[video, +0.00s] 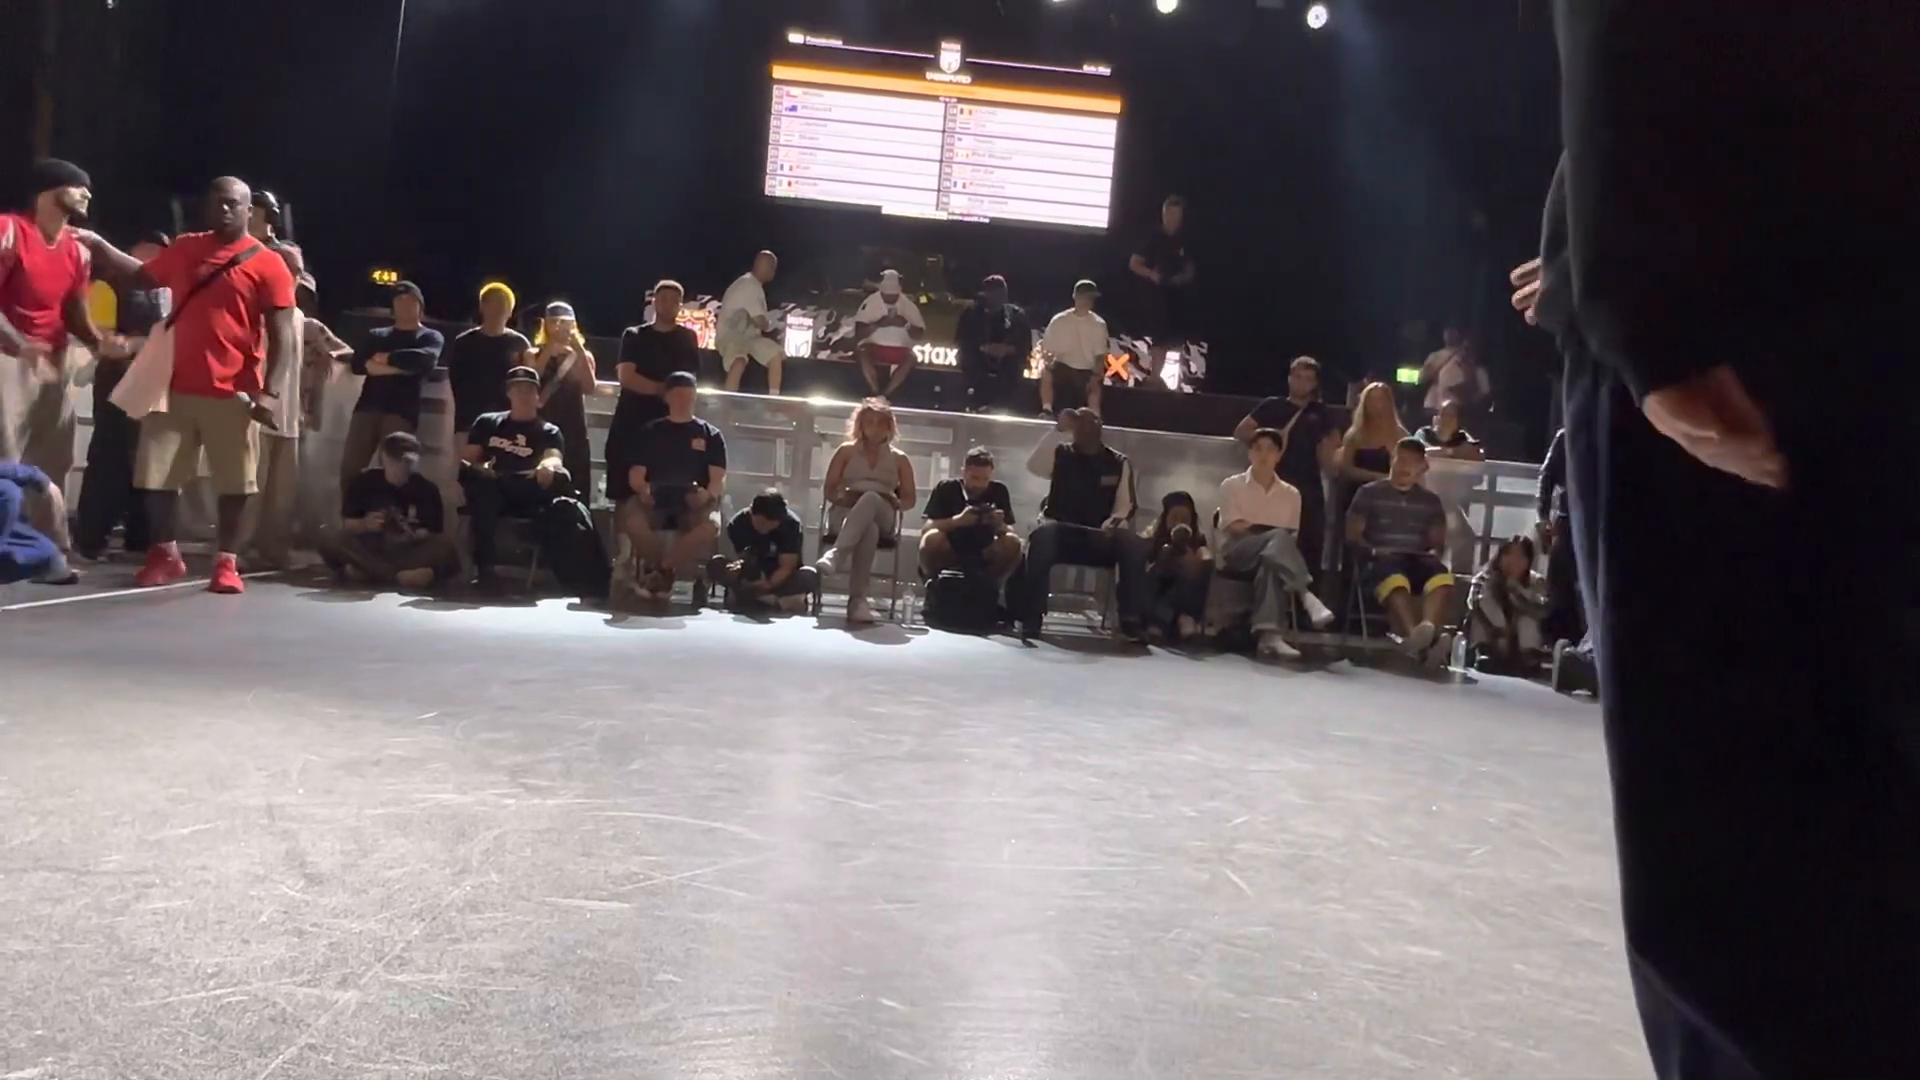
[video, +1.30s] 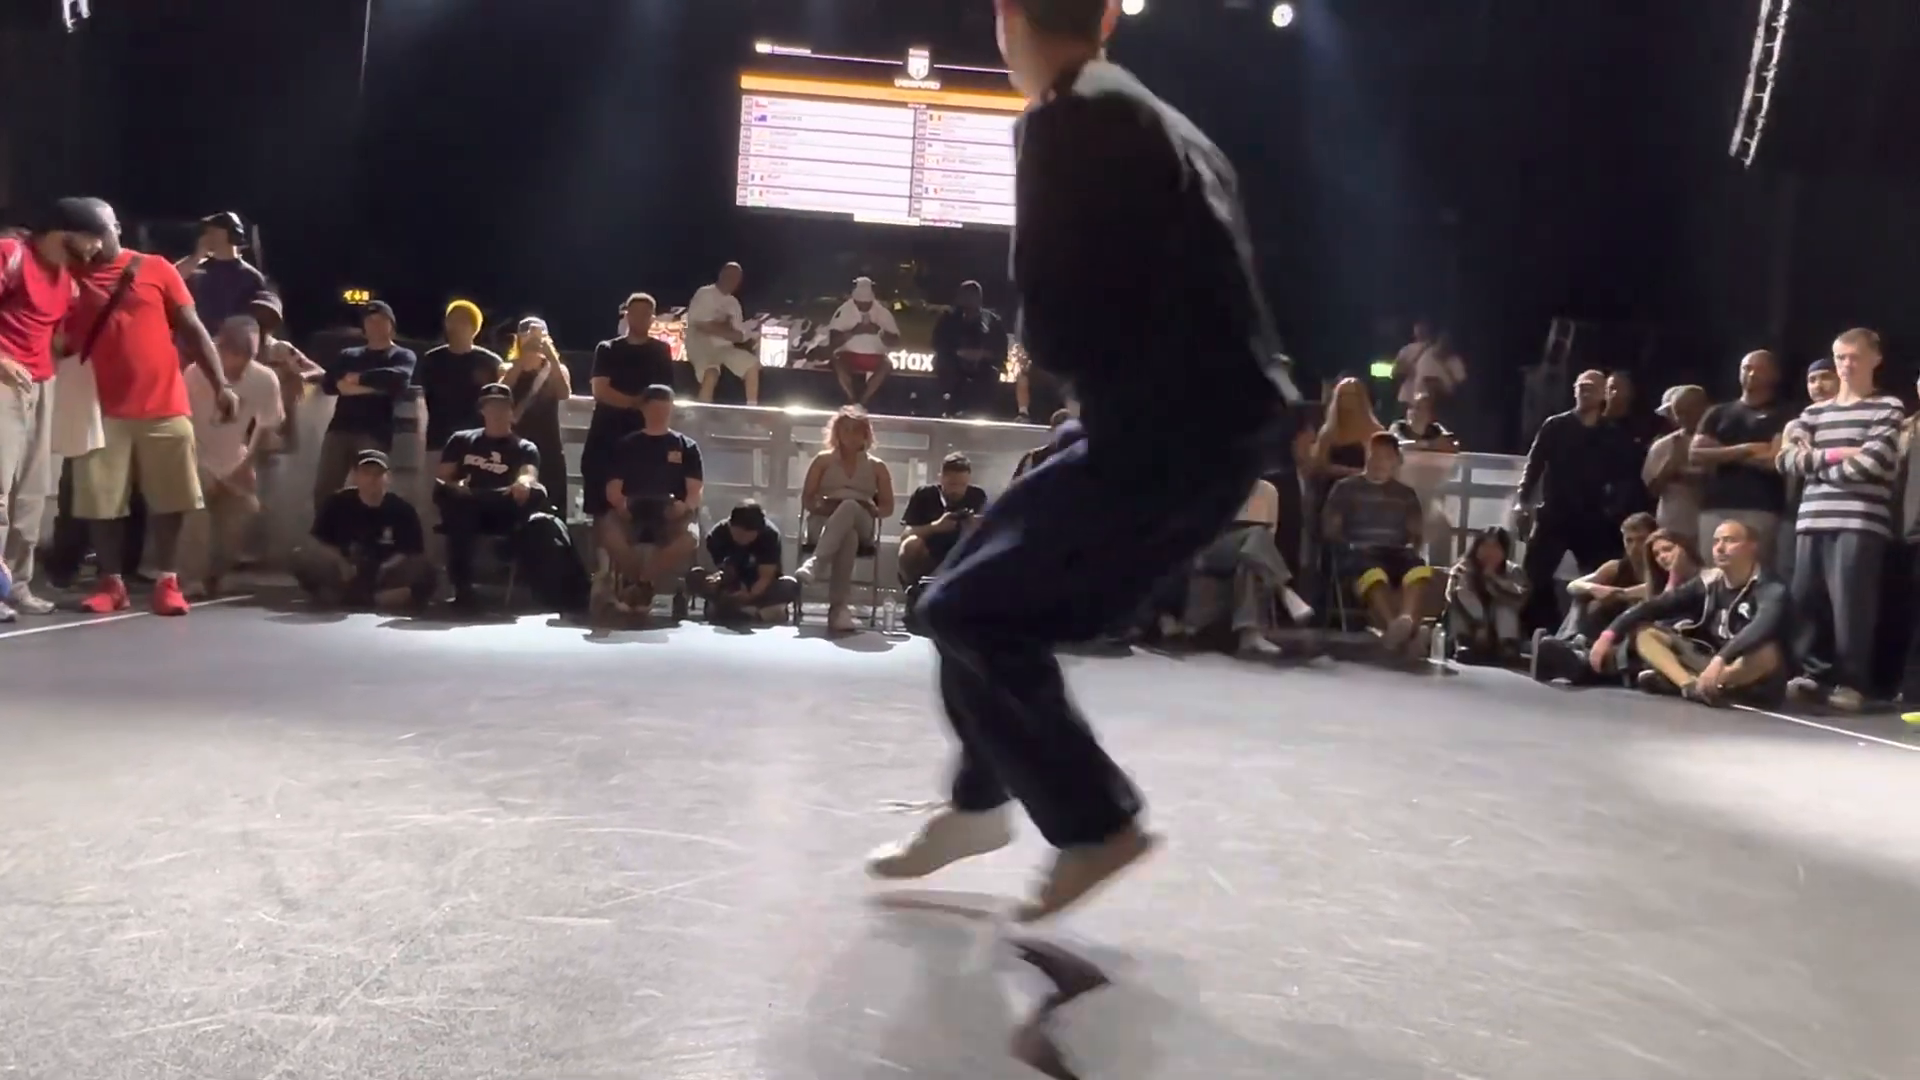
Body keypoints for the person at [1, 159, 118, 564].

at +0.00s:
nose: (87, 194)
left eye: (86, 188)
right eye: (79, 187)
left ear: (66, 196)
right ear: (51, 191)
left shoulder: (77, 250)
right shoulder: (11, 230)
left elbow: (73, 308)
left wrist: (96, 340)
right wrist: (19, 343)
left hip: (57, 362)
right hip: (12, 358)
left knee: (55, 458)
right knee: (8, 451)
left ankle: (53, 549)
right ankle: (9, 546)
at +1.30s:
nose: (88, 256)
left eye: (92, 249)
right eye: (85, 246)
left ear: (69, 238)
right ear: (62, 233)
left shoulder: (68, 279)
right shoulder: (14, 256)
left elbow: (56, 335)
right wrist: (4, 361)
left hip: (43, 384)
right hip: (10, 383)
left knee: (35, 487)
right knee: (7, 486)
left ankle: (19, 582)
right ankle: (4, 584)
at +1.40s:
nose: (83, 263)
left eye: (88, 257)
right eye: (80, 252)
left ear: (70, 247)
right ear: (59, 239)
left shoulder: (68, 289)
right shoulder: (15, 262)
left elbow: (60, 340)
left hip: (43, 390)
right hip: (9, 388)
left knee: (37, 493)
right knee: (6, 492)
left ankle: (20, 587)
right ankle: (3, 589)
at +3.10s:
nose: (76, 270)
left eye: (75, 263)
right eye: (69, 264)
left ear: (53, 267)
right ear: (45, 265)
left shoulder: (60, 315)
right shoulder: (7, 301)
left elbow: (60, 366)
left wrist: (60, 408)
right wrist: (7, 397)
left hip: (51, 425)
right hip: (12, 427)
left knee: (48, 525)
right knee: (10, 521)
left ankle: (36, 623)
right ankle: (8, 620)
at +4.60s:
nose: (103, 254)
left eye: (103, 247)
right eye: (96, 246)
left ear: (77, 248)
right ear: (72, 244)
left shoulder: (79, 296)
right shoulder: (25, 278)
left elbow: (66, 352)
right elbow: (4, 342)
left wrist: (88, 367)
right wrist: (50, 375)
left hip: (71, 401)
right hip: (32, 403)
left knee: (70, 499)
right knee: (34, 496)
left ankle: (58, 592)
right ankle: (29, 588)